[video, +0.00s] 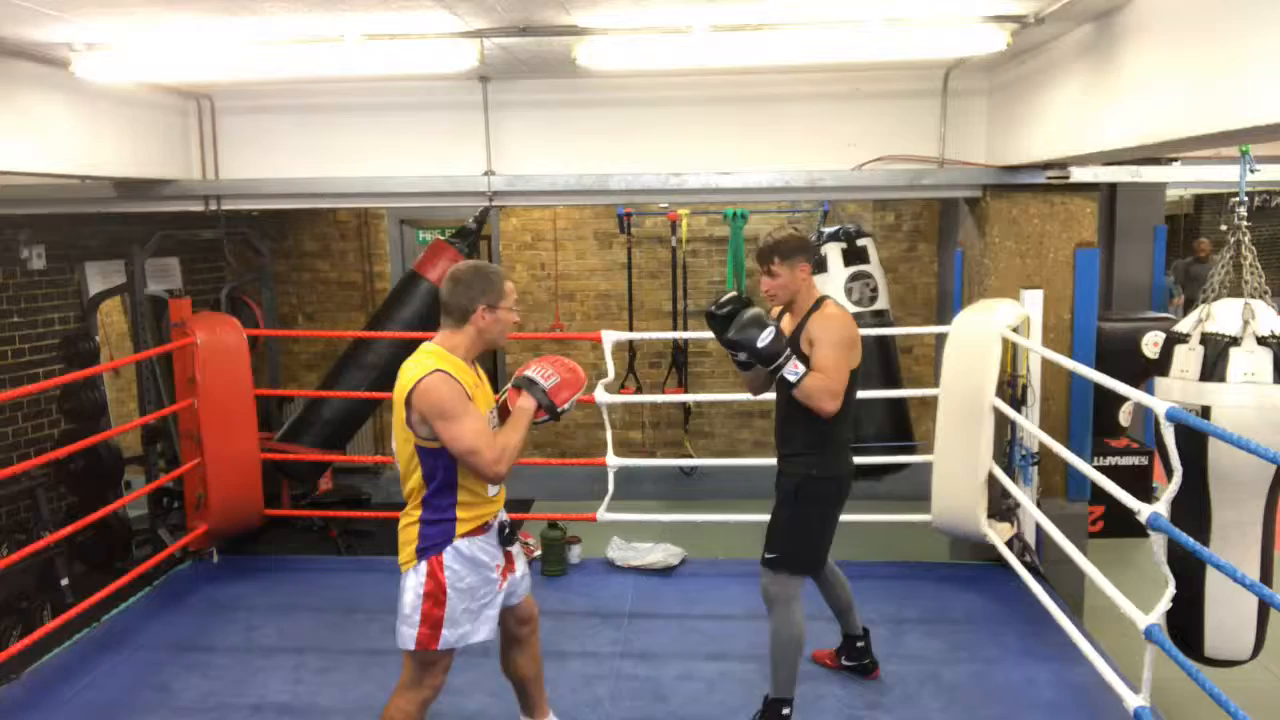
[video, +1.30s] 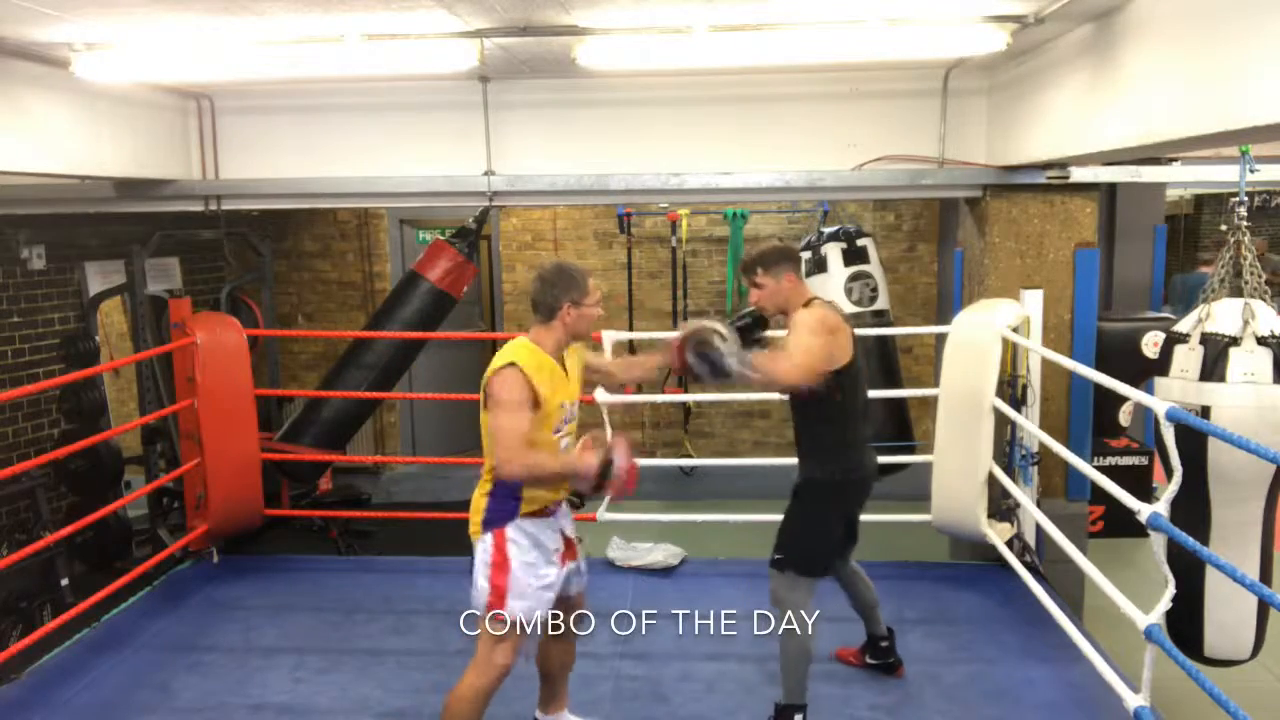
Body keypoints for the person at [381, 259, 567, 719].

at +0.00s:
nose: (516, 320)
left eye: (515, 309)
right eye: (511, 310)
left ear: (475, 315)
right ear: (482, 315)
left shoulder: (462, 367)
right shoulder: (435, 382)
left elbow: (473, 445)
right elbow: (494, 463)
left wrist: (520, 409)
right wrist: (525, 404)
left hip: (486, 533)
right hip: (443, 548)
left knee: (522, 620)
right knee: (423, 681)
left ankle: (538, 715)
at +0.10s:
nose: (531, 320)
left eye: (530, 309)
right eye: (526, 309)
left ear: (492, 313)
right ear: (495, 314)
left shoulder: (485, 362)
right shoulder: (443, 378)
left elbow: (494, 427)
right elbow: (501, 460)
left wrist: (532, 401)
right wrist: (532, 401)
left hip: (497, 530)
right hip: (447, 545)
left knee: (527, 620)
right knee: (424, 676)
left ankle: (545, 713)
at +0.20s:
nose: (550, 318)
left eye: (548, 307)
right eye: (543, 308)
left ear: (511, 314)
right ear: (514, 314)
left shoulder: (522, 360)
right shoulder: (460, 374)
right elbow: (523, 447)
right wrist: (555, 381)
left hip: (510, 529)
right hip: (456, 541)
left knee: (532, 624)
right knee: (426, 674)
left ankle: (546, 713)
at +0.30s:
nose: (563, 313)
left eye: (561, 303)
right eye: (556, 304)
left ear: (524, 314)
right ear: (528, 314)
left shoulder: (533, 351)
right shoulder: (486, 372)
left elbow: (595, 342)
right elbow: (574, 415)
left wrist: (656, 326)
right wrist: (609, 356)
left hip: (518, 526)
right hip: (471, 538)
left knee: (535, 638)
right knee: (441, 667)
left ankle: (547, 715)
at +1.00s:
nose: (589, 312)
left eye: (587, 302)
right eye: (583, 302)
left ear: (553, 309)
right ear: (558, 310)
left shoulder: (551, 355)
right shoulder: (516, 370)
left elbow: (577, 407)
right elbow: (585, 430)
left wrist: (624, 374)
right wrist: (596, 365)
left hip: (541, 517)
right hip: (506, 525)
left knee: (551, 622)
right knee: (492, 658)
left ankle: (549, 713)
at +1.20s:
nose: (594, 309)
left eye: (593, 300)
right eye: (588, 300)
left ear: (550, 307)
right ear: (561, 309)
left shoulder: (521, 349)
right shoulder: (535, 374)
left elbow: (557, 386)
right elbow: (590, 451)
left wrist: (598, 362)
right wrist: (636, 401)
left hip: (547, 519)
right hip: (513, 530)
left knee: (555, 619)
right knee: (494, 663)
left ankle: (549, 713)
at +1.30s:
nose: (601, 313)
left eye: (600, 304)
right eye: (595, 304)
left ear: (565, 311)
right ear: (567, 312)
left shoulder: (571, 355)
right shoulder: (512, 373)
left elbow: (618, 373)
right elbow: (509, 463)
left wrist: (675, 355)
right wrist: (581, 462)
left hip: (554, 515)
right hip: (510, 525)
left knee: (566, 617)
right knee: (497, 656)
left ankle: (552, 711)